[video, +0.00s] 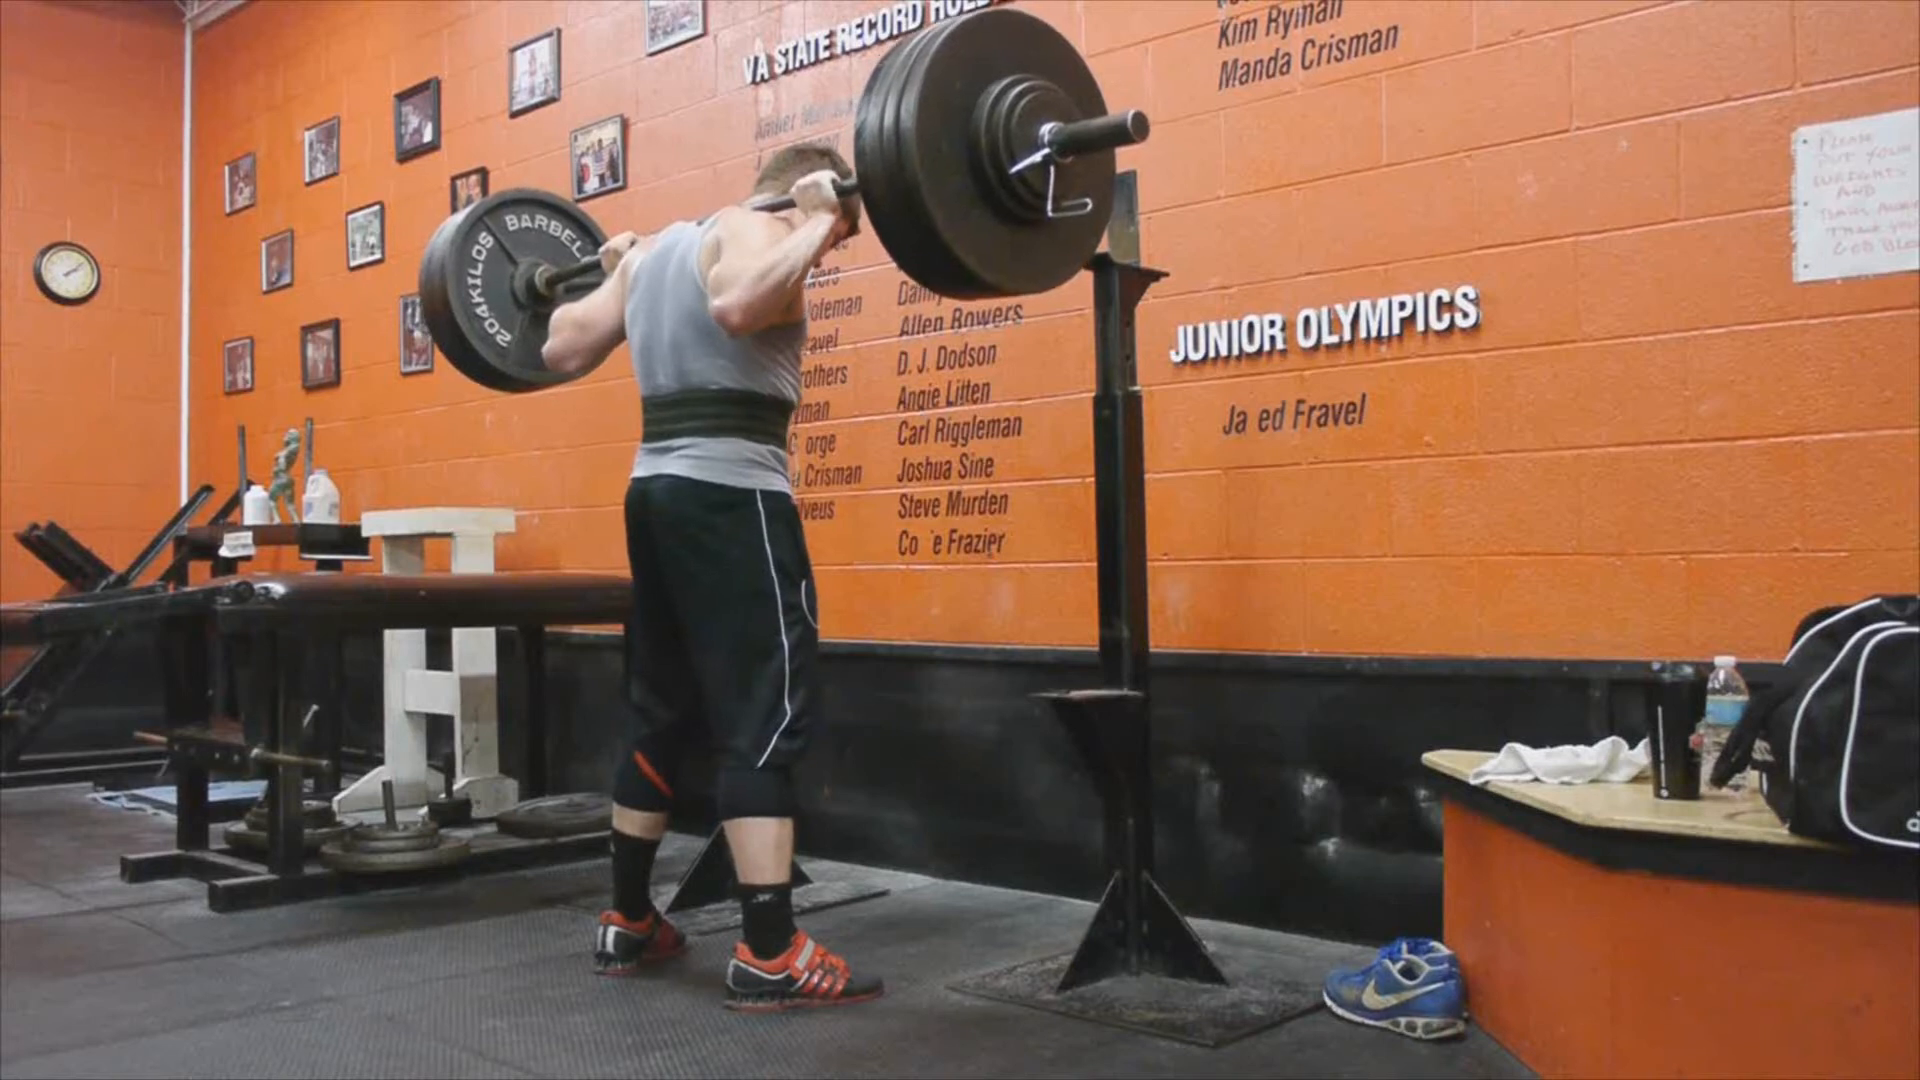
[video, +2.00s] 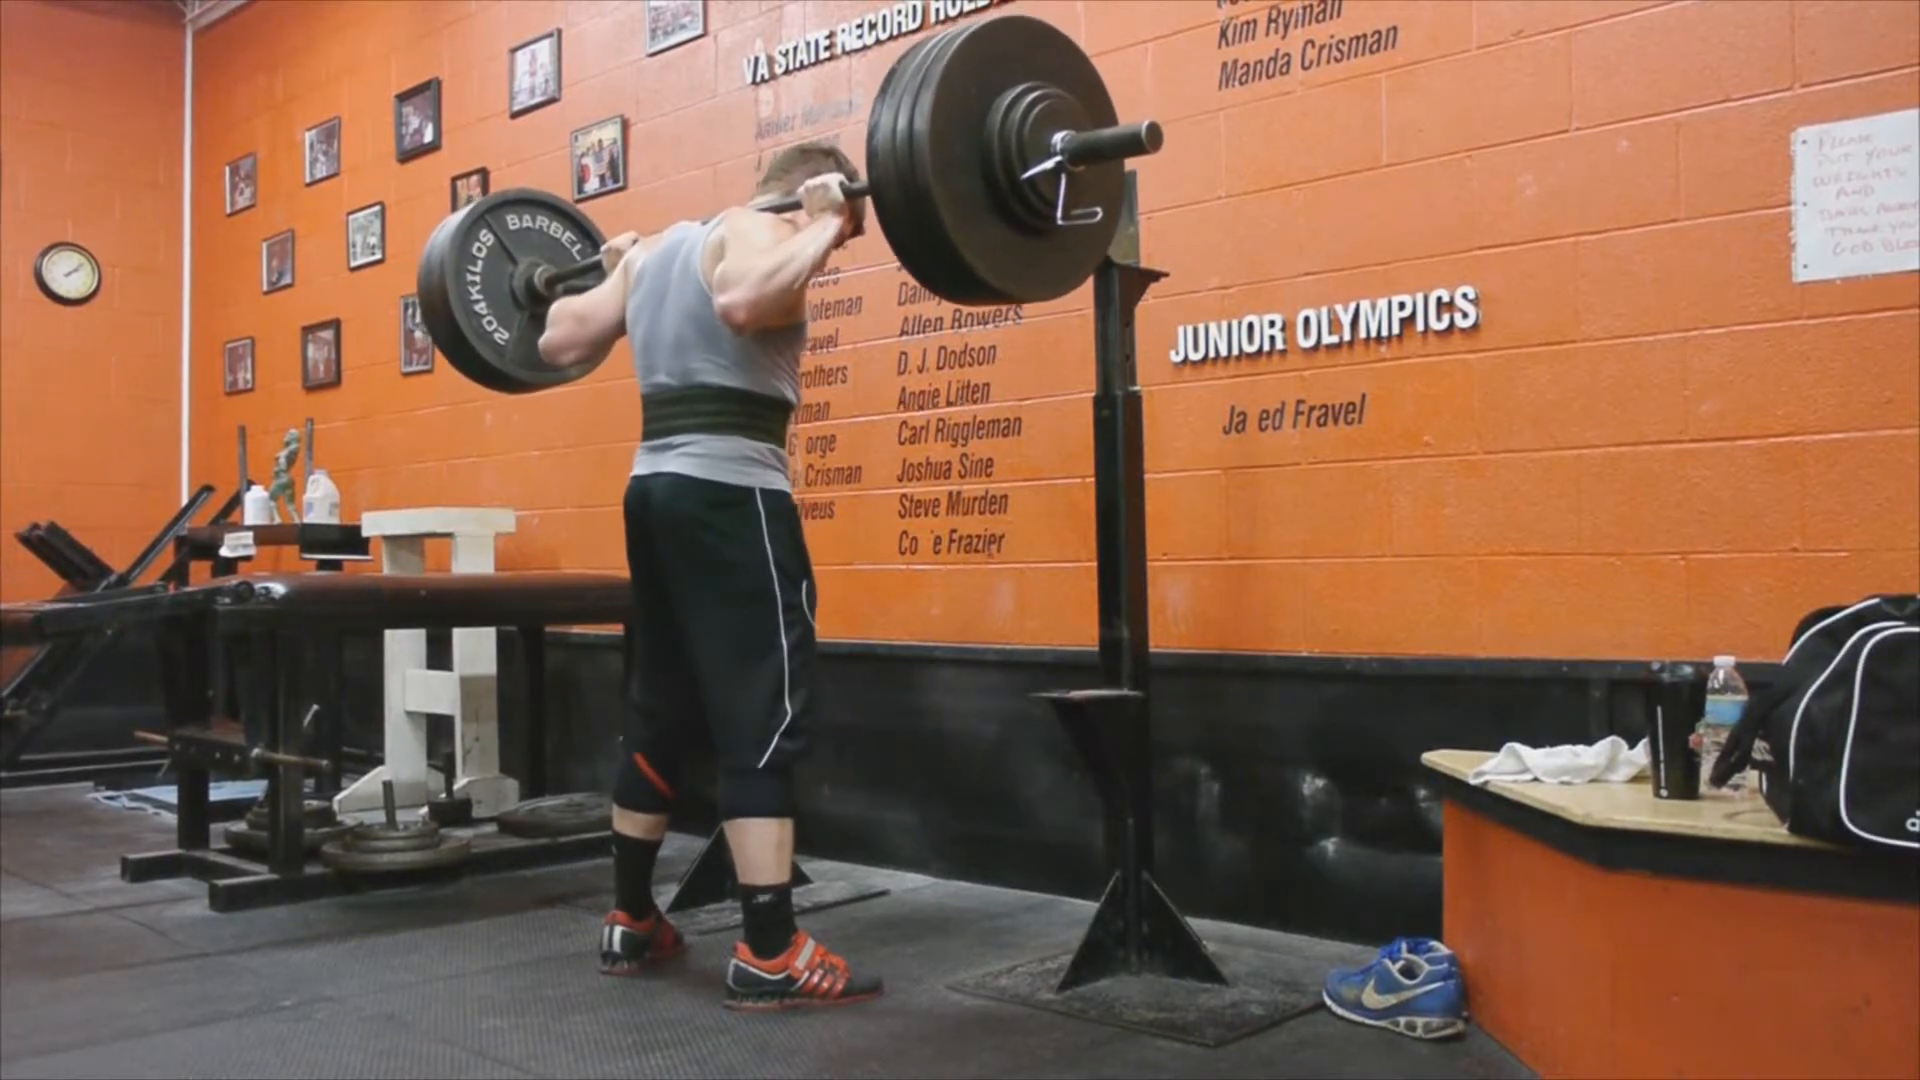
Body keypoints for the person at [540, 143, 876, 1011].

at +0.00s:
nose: (835, 246)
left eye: (843, 234)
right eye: (838, 228)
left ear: (759, 186)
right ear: (811, 200)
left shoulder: (657, 253)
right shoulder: (767, 228)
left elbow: (561, 346)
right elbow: (738, 304)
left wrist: (613, 273)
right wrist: (820, 226)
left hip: (657, 498)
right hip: (734, 500)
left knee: (665, 712)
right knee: (766, 716)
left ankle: (629, 920)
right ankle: (769, 948)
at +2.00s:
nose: (834, 240)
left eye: (842, 227)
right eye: (836, 222)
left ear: (760, 186)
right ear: (812, 198)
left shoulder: (654, 254)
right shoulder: (765, 228)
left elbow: (559, 340)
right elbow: (742, 302)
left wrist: (613, 271)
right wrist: (825, 231)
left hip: (656, 496)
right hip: (733, 498)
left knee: (665, 712)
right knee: (762, 715)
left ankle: (631, 920)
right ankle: (770, 947)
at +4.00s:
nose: (839, 241)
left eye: (847, 229)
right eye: (841, 224)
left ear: (761, 189)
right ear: (814, 200)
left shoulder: (661, 256)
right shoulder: (768, 233)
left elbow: (564, 348)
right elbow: (744, 308)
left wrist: (617, 278)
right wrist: (824, 230)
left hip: (657, 496)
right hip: (735, 498)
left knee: (662, 708)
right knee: (763, 714)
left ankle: (631, 921)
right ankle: (769, 947)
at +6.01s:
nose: (825, 191)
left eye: (825, 175)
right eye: (823, 175)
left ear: (736, 174)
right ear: (799, 170)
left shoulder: (664, 253)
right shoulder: (772, 226)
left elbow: (566, 350)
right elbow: (752, 300)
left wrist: (611, 274)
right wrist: (833, 226)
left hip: (652, 485)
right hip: (728, 486)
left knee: (658, 709)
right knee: (755, 714)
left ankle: (631, 920)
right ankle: (770, 947)